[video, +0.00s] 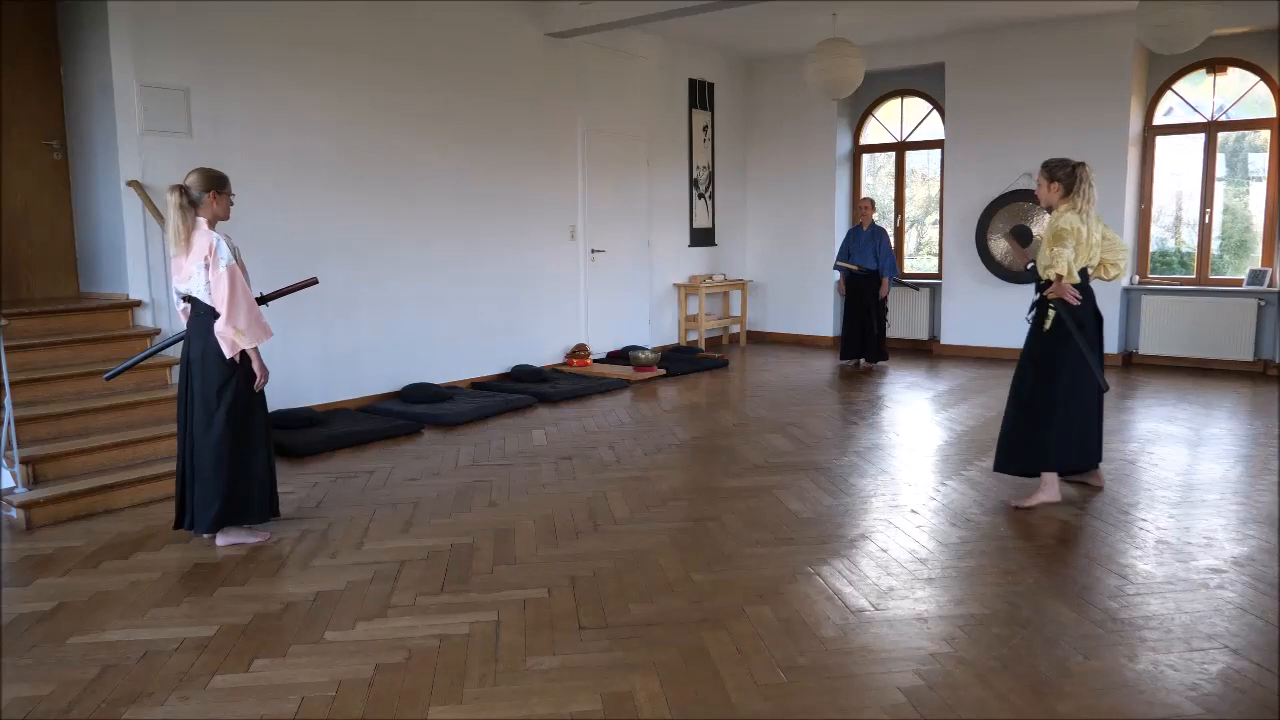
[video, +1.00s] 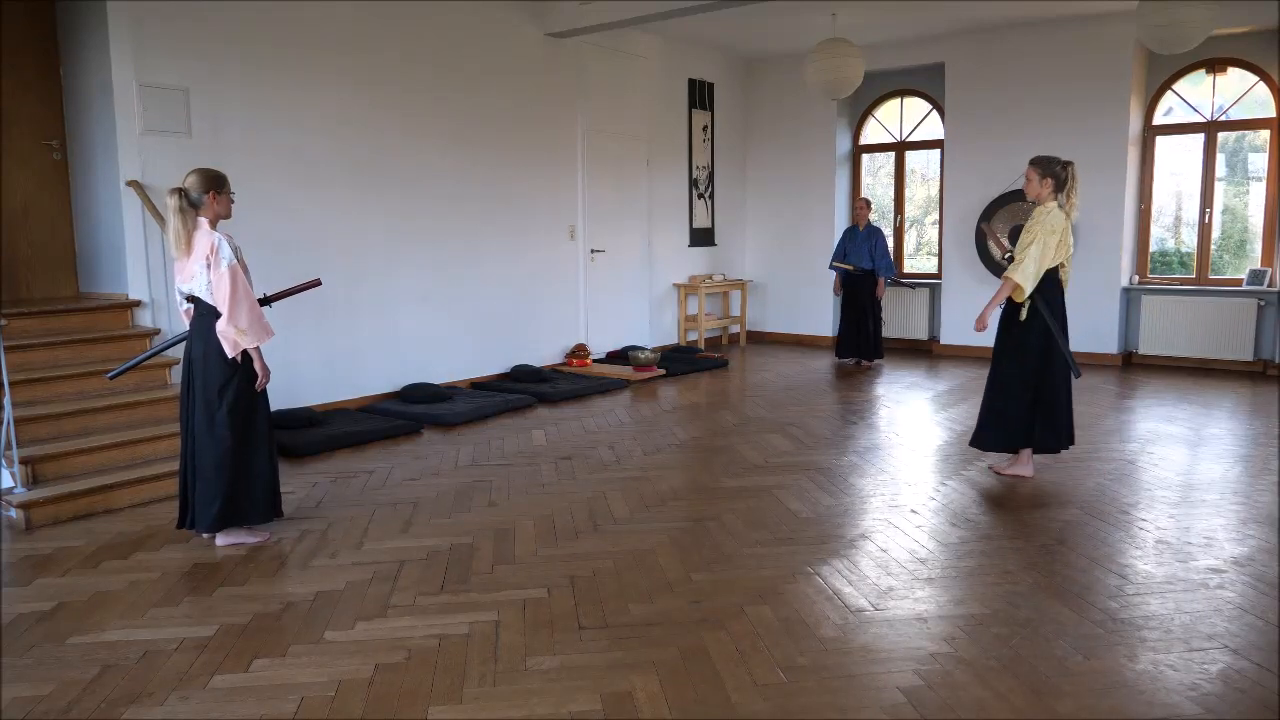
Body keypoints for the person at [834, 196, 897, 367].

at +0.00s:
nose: (862, 211)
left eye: (866, 208)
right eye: (860, 208)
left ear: (873, 211)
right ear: (857, 210)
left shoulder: (880, 233)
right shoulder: (852, 232)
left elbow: (886, 259)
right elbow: (843, 257)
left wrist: (885, 282)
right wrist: (841, 278)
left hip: (872, 278)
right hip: (853, 278)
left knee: (871, 318)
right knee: (853, 316)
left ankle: (870, 358)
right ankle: (854, 356)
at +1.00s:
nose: (858, 211)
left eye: (861, 208)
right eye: (856, 208)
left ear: (869, 211)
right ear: (853, 211)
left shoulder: (876, 232)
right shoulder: (848, 232)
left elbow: (882, 259)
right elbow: (840, 257)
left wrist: (881, 283)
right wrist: (838, 278)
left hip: (869, 277)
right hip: (850, 277)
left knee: (868, 317)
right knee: (851, 315)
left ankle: (868, 356)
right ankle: (855, 354)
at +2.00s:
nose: (858, 211)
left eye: (862, 208)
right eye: (856, 208)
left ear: (870, 210)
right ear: (854, 210)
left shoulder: (877, 233)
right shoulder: (850, 233)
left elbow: (884, 259)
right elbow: (841, 257)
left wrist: (883, 283)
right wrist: (840, 278)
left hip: (870, 279)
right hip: (852, 278)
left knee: (869, 317)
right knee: (853, 316)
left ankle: (869, 357)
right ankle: (856, 355)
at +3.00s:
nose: (859, 212)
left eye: (863, 209)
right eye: (857, 209)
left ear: (871, 211)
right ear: (854, 211)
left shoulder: (878, 233)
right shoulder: (851, 233)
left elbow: (886, 260)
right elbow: (842, 257)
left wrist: (885, 284)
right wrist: (840, 279)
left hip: (871, 279)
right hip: (853, 279)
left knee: (871, 318)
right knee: (853, 317)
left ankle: (871, 357)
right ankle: (855, 356)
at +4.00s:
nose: (852, 214)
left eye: (856, 211)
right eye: (850, 211)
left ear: (864, 213)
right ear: (848, 212)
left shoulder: (872, 234)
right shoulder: (844, 234)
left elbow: (880, 261)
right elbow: (835, 259)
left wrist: (880, 285)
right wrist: (833, 281)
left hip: (866, 281)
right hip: (846, 281)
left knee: (865, 320)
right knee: (844, 318)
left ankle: (866, 358)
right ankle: (842, 354)